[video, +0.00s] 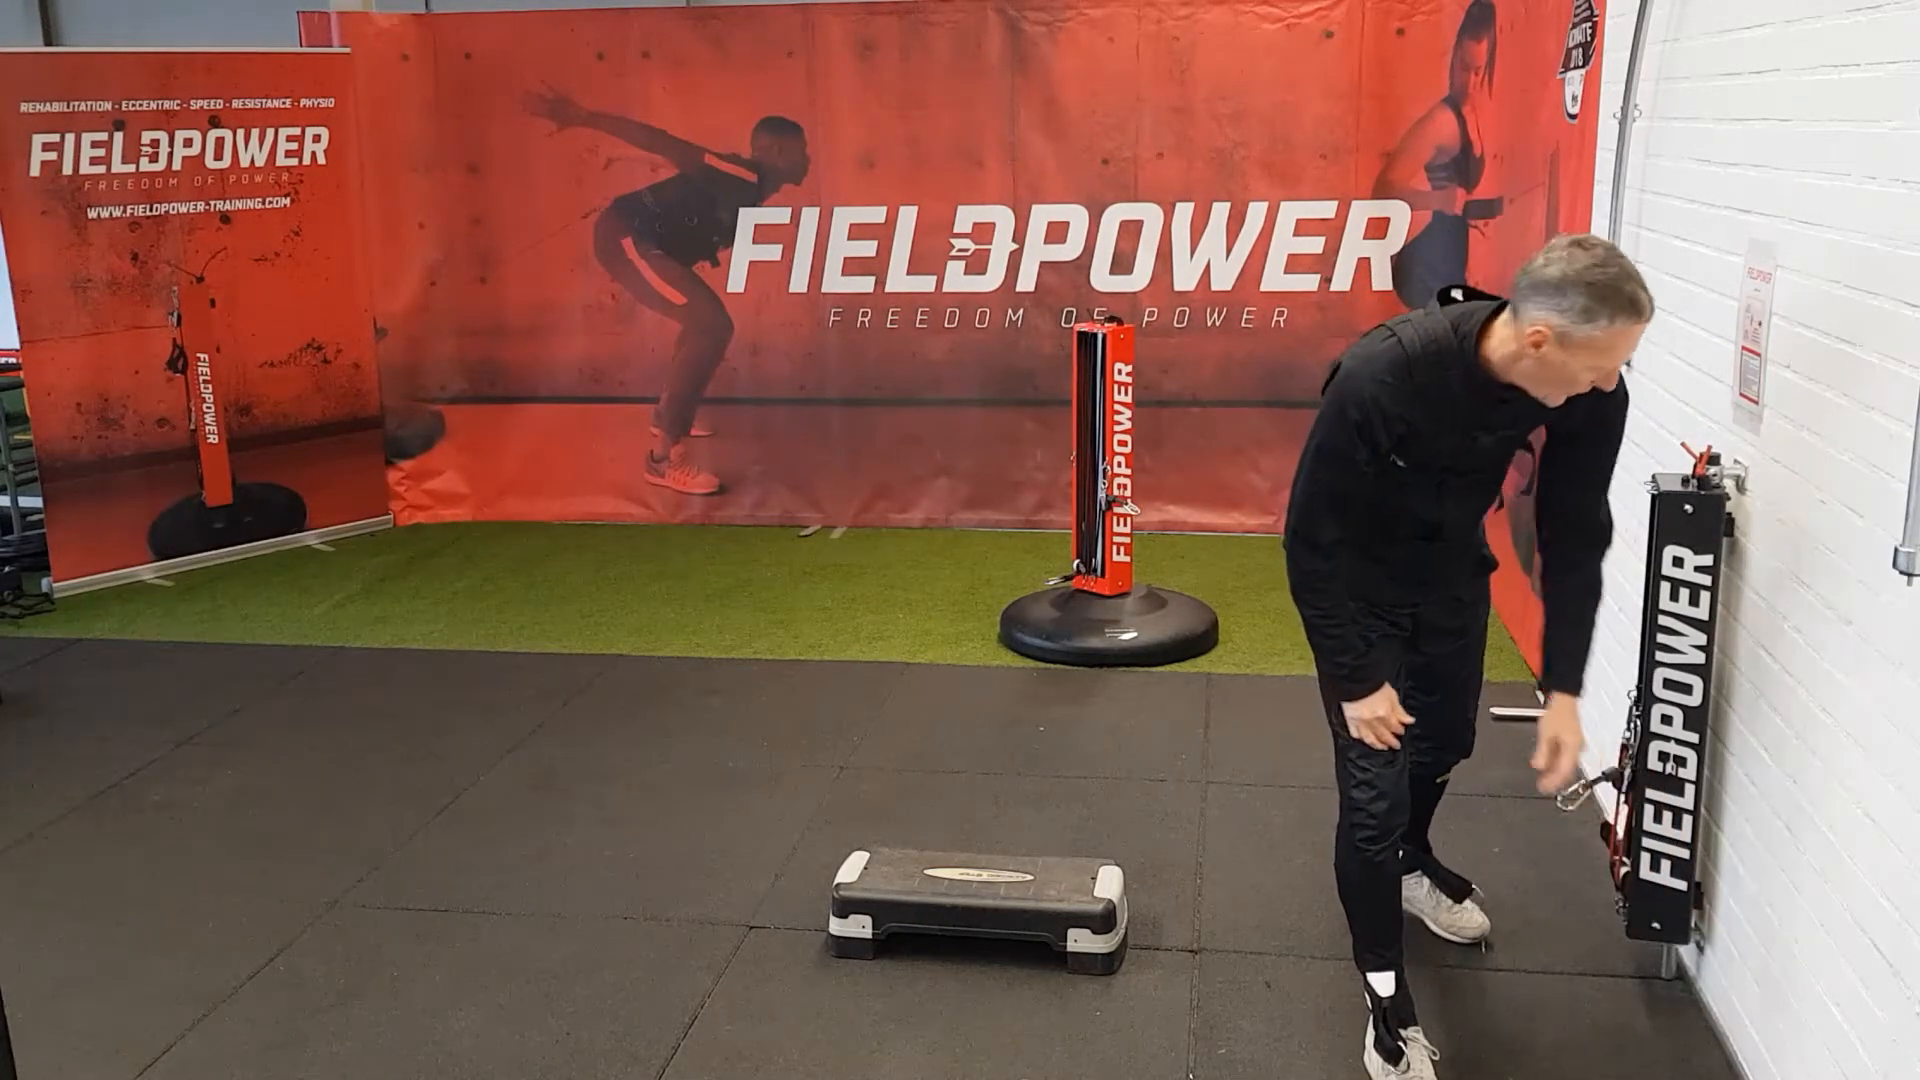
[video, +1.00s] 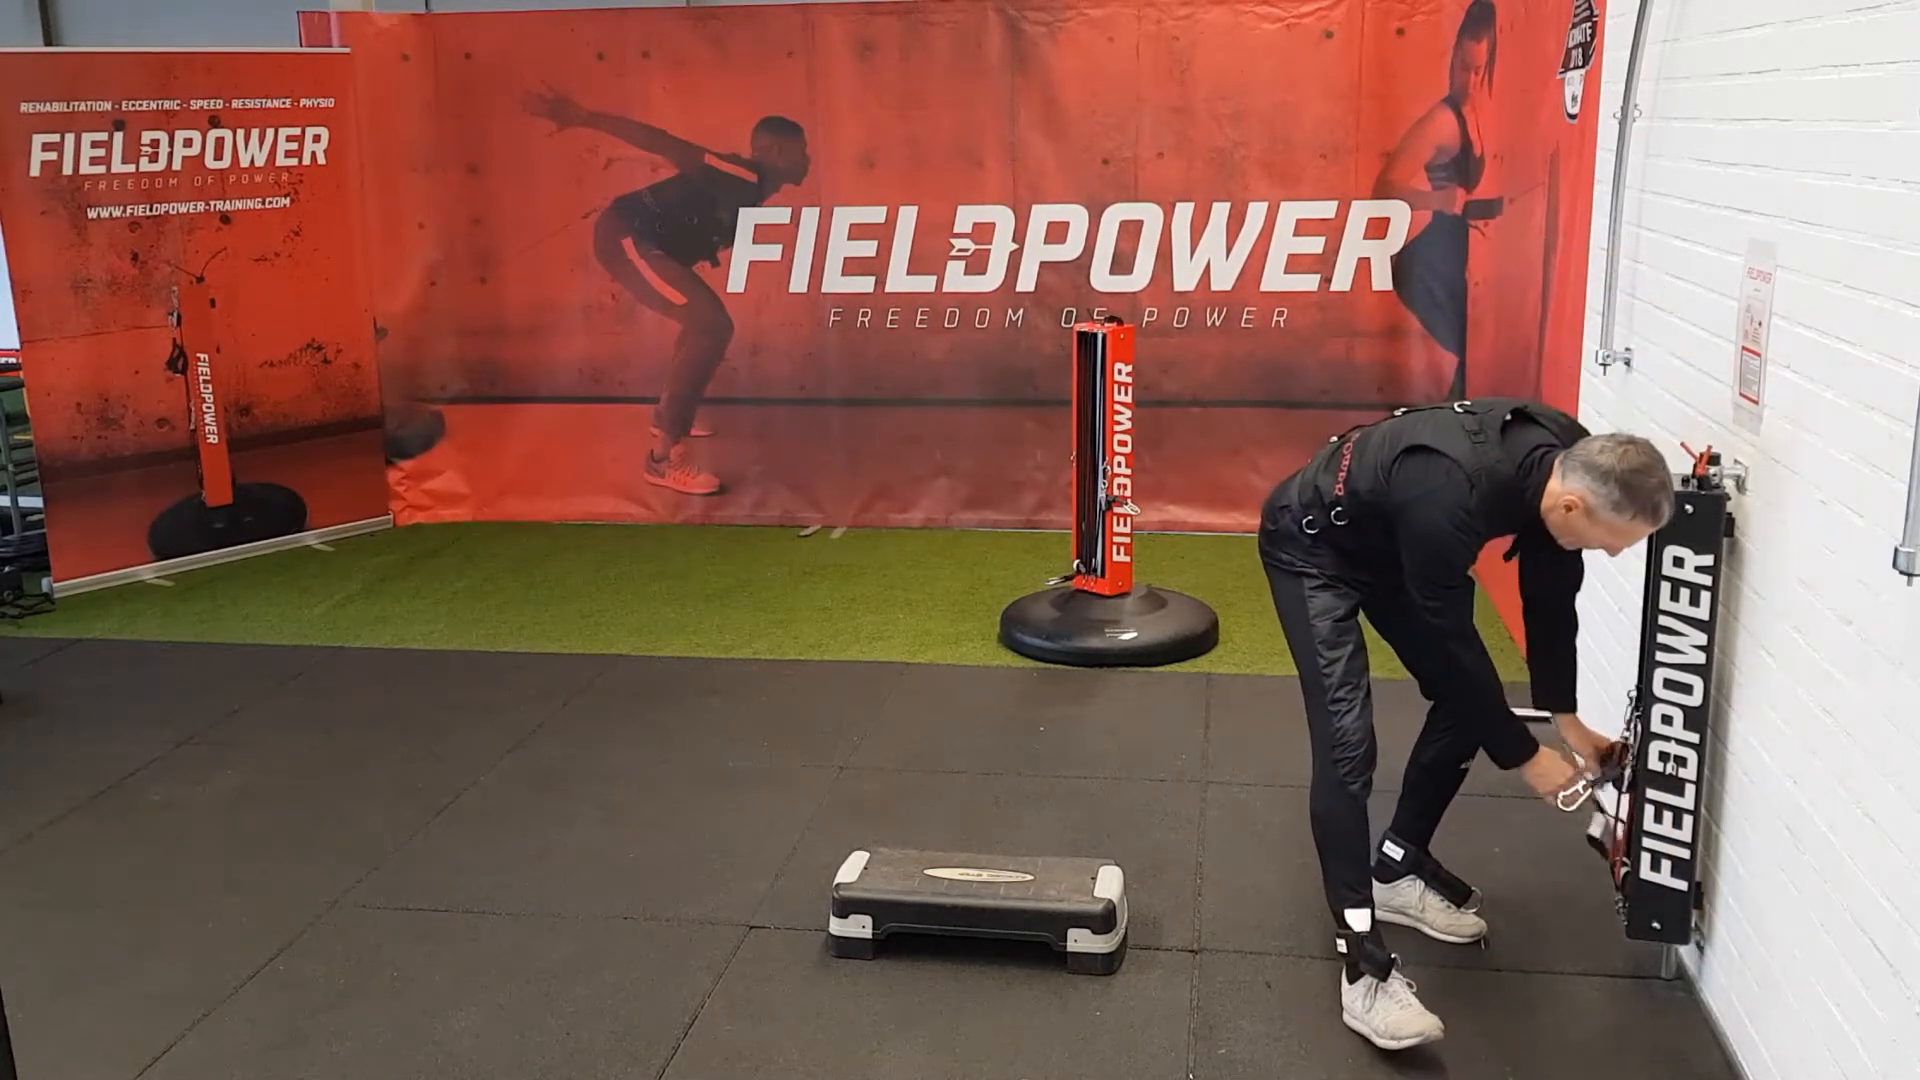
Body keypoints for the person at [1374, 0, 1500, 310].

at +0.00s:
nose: (1471, 81)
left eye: (1480, 71)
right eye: (1464, 68)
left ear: (1489, 68)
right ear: (1450, 61)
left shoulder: (1470, 117)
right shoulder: (1440, 120)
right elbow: (1386, 188)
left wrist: (1470, 210)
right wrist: (1439, 200)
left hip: (1448, 254)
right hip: (1427, 258)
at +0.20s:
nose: (1472, 81)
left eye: (1480, 71)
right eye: (1465, 68)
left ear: (1489, 69)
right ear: (1451, 62)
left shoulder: (1470, 118)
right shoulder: (1441, 120)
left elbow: (1437, 189)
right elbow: (1386, 189)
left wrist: (1470, 210)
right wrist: (1438, 200)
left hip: (1446, 255)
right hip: (1425, 260)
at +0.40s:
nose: (1471, 80)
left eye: (1480, 71)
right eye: (1465, 68)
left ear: (1489, 69)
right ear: (1451, 63)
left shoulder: (1472, 116)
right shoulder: (1441, 121)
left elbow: (1440, 194)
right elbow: (1387, 187)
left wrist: (1475, 209)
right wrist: (1438, 200)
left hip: (1447, 254)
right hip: (1426, 258)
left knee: (1457, 348)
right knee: (1450, 348)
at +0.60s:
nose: (1473, 80)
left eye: (1483, 70)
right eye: (1466, 68)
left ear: (1493, 70)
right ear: (1452, 64)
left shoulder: (1470, 119)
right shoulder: (1442, 120)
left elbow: (1437, 187)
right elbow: (1387, 188)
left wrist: (1469, 212)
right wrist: (1440, 199)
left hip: (1446, 256)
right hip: (1425, 258)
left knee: (1450, 357)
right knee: (1442, 359)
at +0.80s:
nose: (1471, 82)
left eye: (1481, 72)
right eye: (1464, 70)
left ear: (1493, 70)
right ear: (1450, 64)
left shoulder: (1472, 120)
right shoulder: (1441, 121)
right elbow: (1387, 185)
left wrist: (1474, 211)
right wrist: (1440, 200)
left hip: (1447, 253)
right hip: (1425, 255)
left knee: (1450, 365)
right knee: (1440, 368)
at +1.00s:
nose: (1473, 82)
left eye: (1482, 71)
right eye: (1466, 70)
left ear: (1493, 69)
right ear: (1451, 65)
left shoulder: (1470, 120)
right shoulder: (1441, 120)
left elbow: (1435, 191)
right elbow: (1388, 186)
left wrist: (1475, 210)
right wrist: (1441, 200)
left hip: (1446, 254)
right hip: (1425, 256)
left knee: (1446, 368)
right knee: (1438, 370)